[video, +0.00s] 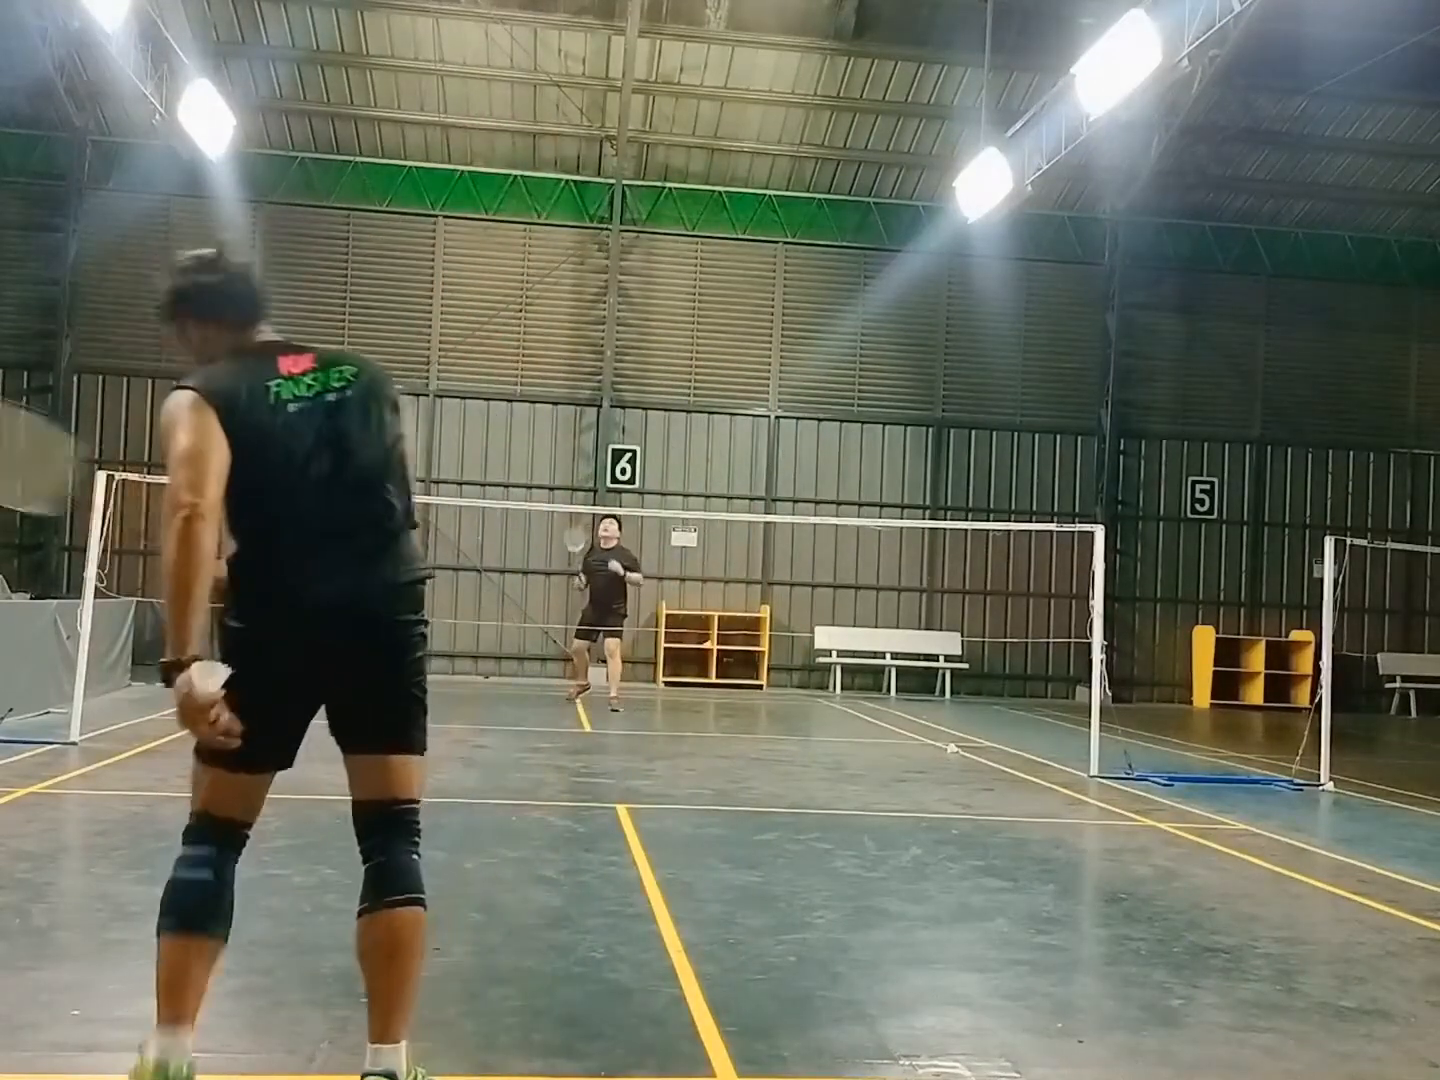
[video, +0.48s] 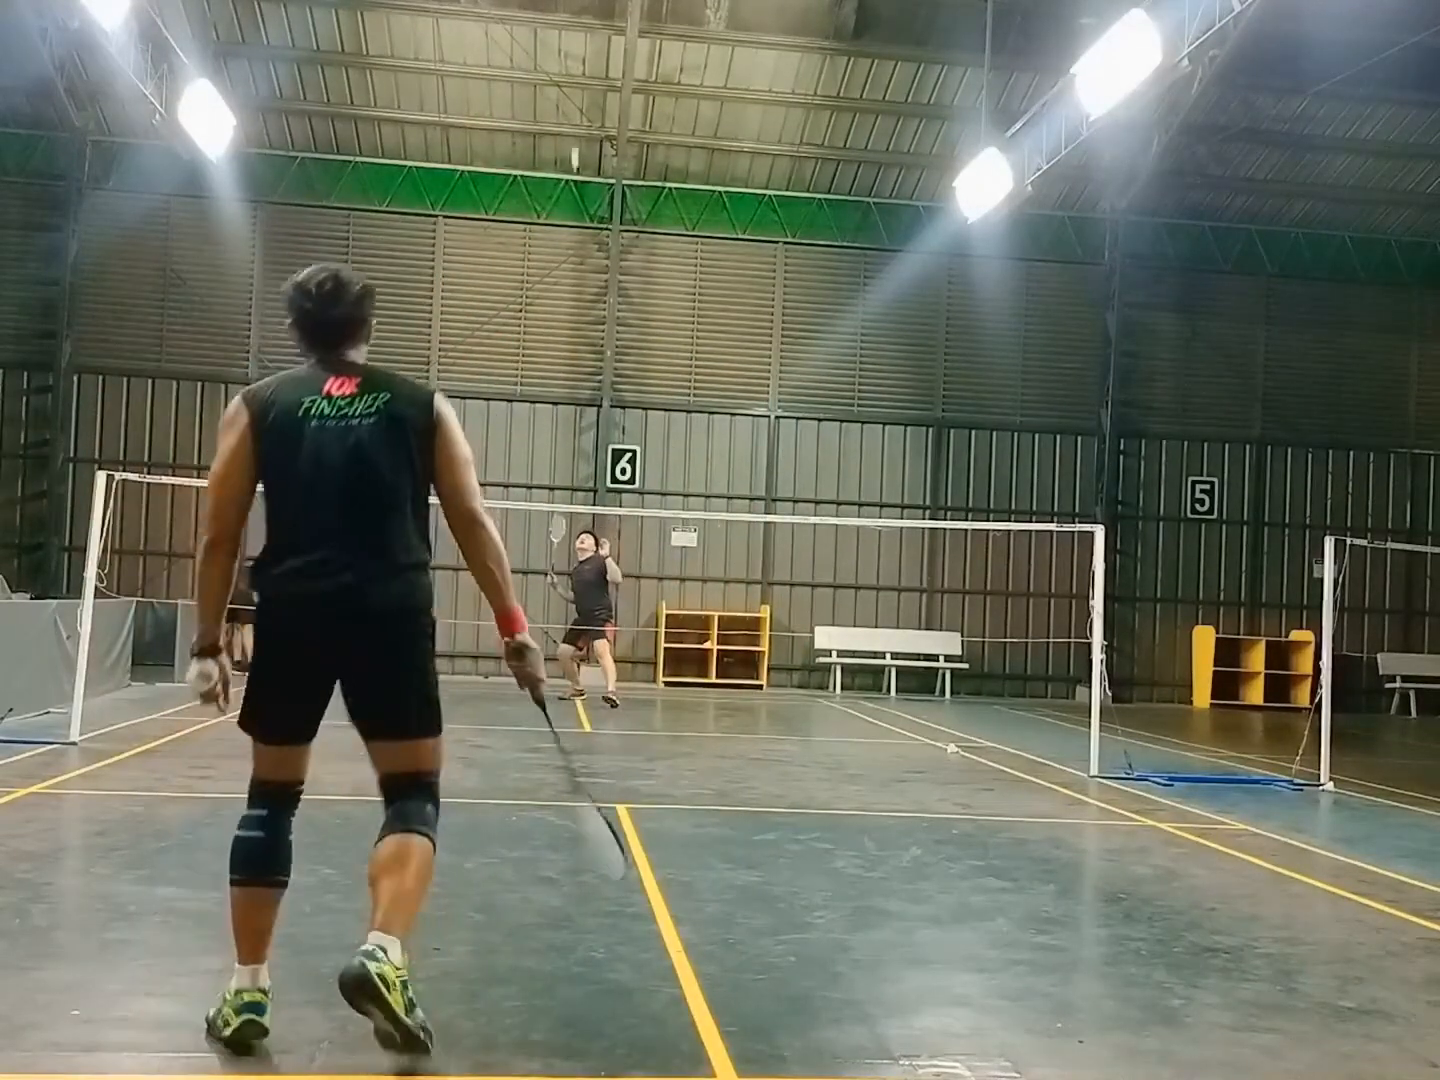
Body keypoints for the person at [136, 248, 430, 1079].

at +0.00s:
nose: (179, 345)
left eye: (177, 331)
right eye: (179, 331)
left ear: (191, 327)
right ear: (256, 317)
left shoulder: (200, 399)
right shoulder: (359, 380)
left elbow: (193, 510)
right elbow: (390, 507)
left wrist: (187, 660)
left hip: (272, 631)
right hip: (383, 627)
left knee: (214, 839)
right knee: (392, 834)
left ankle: (170, 1054)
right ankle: (389, 1060)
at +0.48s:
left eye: (298, 331)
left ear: (295, 333)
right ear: (364, 331)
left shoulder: (258, 406)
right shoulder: (420, 403)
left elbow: (220, 534)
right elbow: (470, 518)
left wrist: (208, 642)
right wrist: (515, 629)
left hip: (292, 623)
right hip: (393, 624)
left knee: (270, 799)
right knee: (409, 797)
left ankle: (250, 989)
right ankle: (384, 951)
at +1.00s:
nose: (515, 371)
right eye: (517, 362)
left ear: (459, 362)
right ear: (517, 367)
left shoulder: (410, 424)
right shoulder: (540, 439)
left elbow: (368, 522)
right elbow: (549, 549)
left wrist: (350, 602)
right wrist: (566, 648)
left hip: (415, 620)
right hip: (492, 628)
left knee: (399, 753)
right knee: (487, 774)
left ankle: (342, 866)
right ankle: (461, 932)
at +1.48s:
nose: (633, 371)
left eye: (629, 360)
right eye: (627, 362)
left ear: (573, 372)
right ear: (607, 372)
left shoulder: (524, 418)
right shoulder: (624, 445)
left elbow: (475, 497)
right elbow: (705, 498)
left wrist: (459, 571)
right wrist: (800, 483)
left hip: (503, 604)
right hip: (568, 610)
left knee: (483, 741)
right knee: (623, 742)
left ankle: (442, 879)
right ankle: (660, 899)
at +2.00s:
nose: (774, 409)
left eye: (772, 398)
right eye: (774, 399)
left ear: (714, 398)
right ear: (765, 405)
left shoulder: (662, 439)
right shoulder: (754, 477)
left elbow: (603, 514)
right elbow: (748, 558)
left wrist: (616, 579)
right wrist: (727, 639)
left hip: (597, 610)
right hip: (658, 624)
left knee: (594, 740)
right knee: (690, 766)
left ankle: (527, 882)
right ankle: (659, 929)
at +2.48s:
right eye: (710, 387)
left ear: (657, 386)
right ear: (711, 391)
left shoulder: (611, 445)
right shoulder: (729, 451)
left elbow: (584, 542)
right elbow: (762, 538)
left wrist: (591, 623)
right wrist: (808, 628)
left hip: (617, 627)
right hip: (692, 629)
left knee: (599, 766)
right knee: (749, 751)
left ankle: (575, 916)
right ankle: (712, 899)